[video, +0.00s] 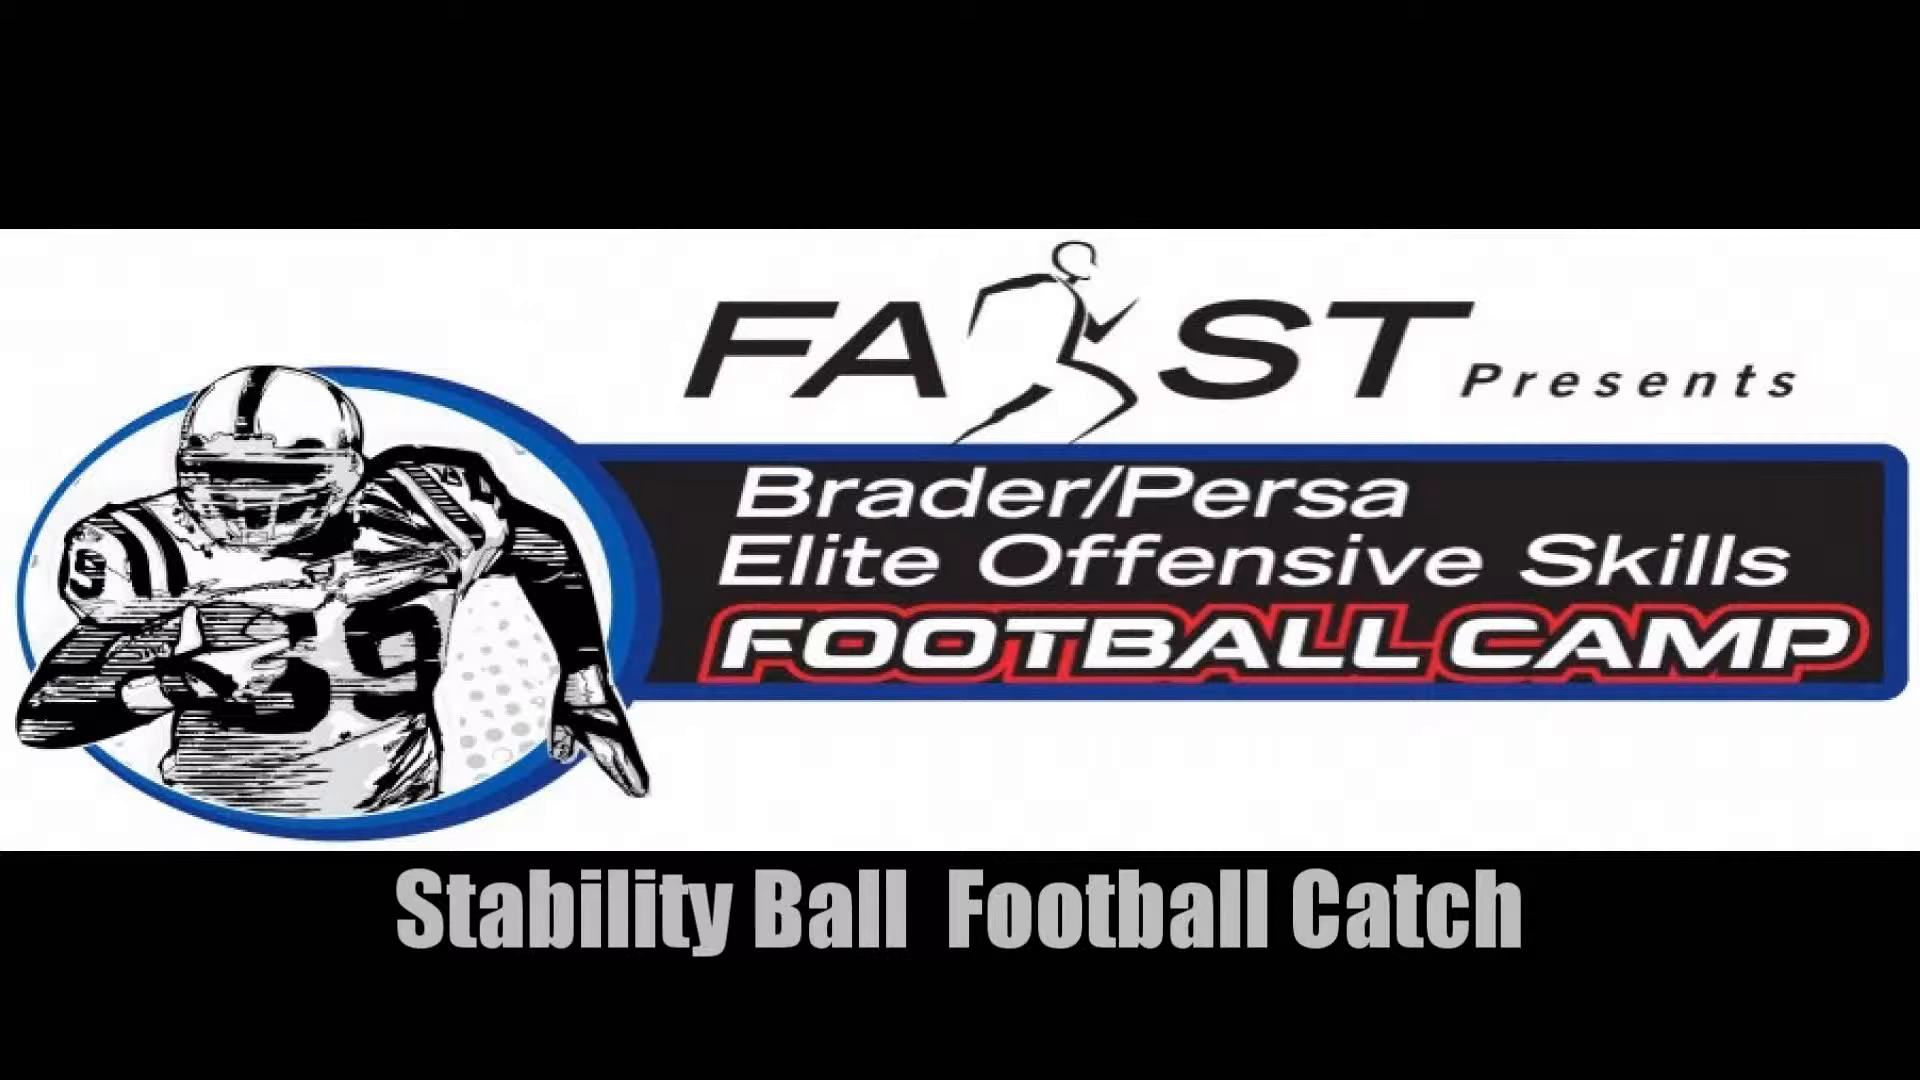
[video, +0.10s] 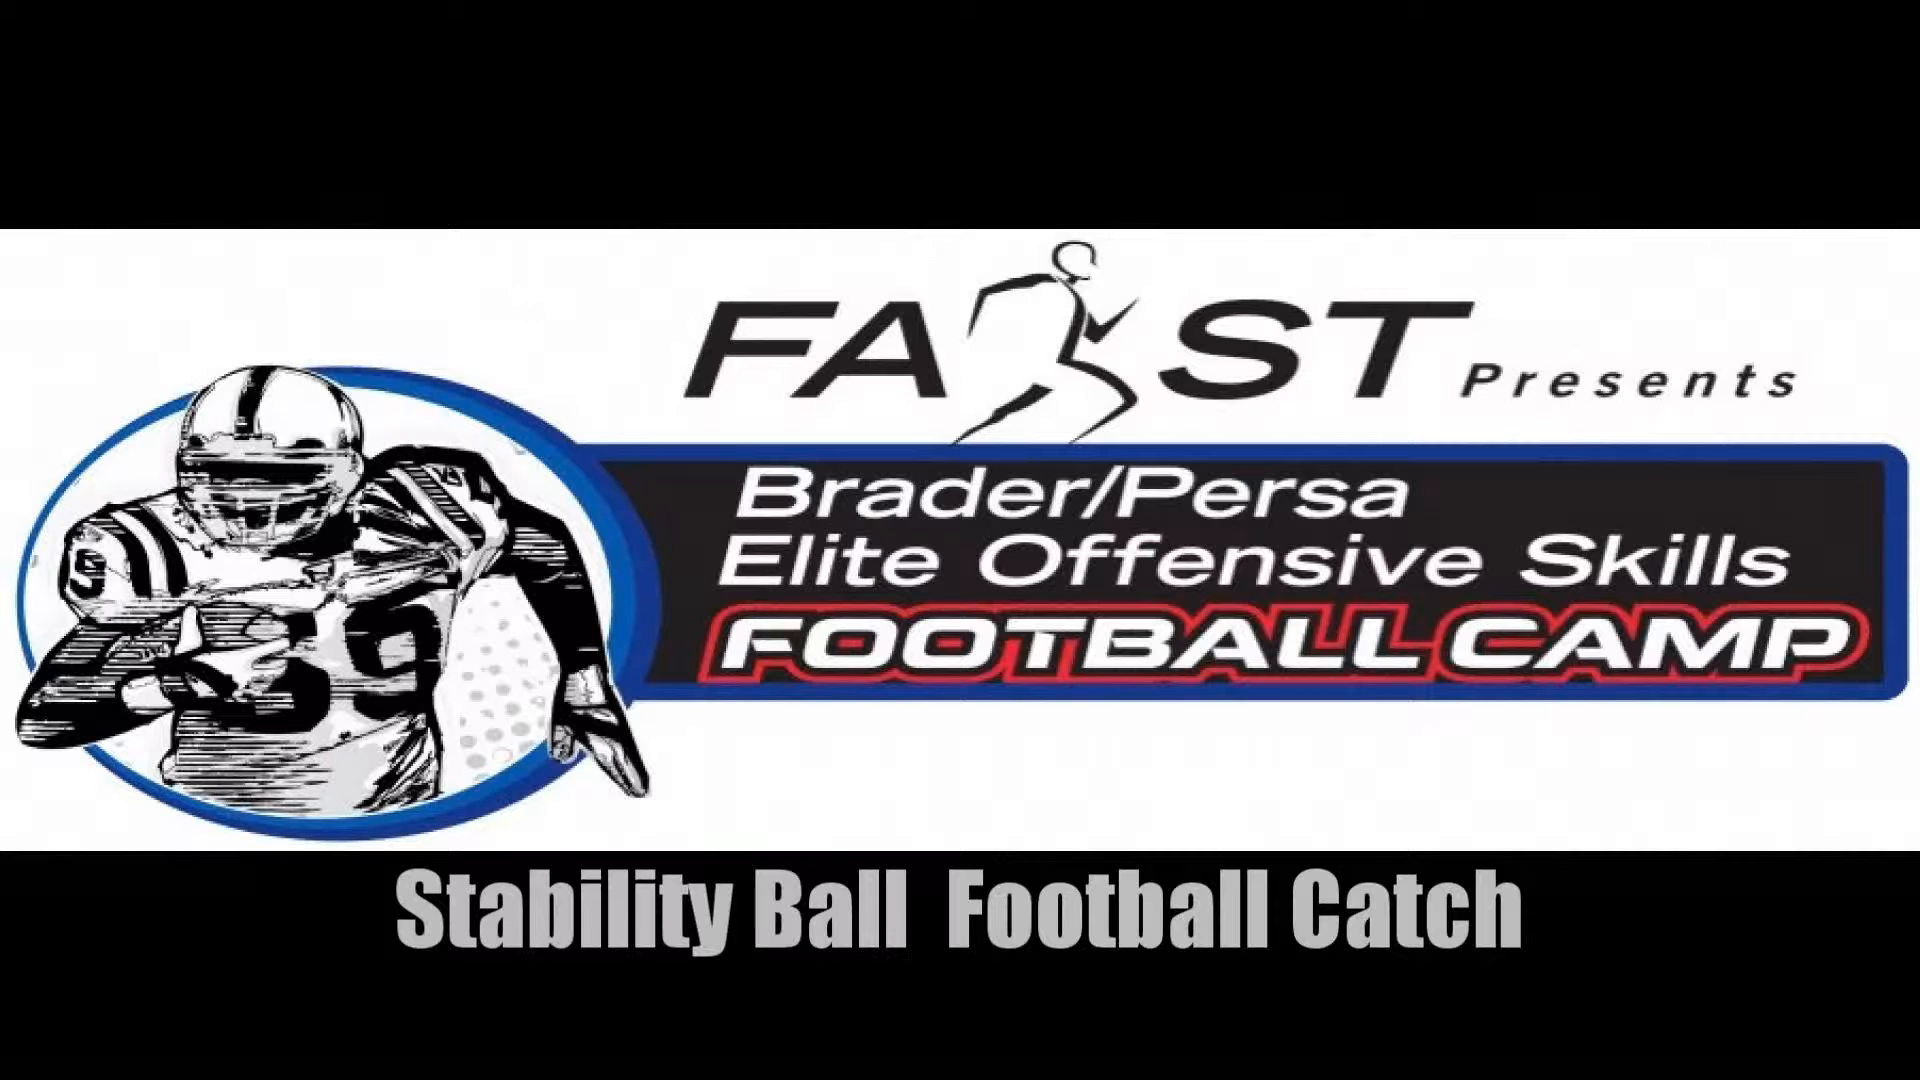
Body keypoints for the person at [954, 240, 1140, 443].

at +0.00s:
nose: (1090, 268)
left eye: (1090, 262)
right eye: (1084, 261)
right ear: (1070, 264)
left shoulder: (1077, 301)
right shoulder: (1044, 282)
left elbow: (1096, 335)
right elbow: (985, 292)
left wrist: (1128, 309)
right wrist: (970, 332)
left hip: (1052, 367)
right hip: (1056, 365)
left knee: (1002, 413)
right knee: (1128, 398)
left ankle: (956, 443)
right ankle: (1074, 441)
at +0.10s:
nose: (1090, 268)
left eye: (1090, 262)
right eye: (1084, 261)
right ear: (1070, 264)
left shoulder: (1077, 301)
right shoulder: (1044, 282)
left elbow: (1096, 335)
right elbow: (985, 292)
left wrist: (1128, 309)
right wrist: (970, 332)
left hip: (1052, 367)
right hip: (1056, 365)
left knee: (1002, 413)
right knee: (1128, 398)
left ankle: (956, 443)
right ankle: (1074, 441)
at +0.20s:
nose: (1090, 268)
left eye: (1090, 262)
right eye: (1084, 261)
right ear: (1070, 264)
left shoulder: (1077, 301)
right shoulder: (1044, 282)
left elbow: (1096, 335)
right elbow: (985, 292)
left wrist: (1128, 309)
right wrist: (970, 332)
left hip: (1052, 367)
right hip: (1056, 365)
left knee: (1002, 413)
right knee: (1128, 398)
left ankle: (956, 443)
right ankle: (1074, 441)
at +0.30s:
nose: (1090, 268)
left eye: (1090, 262)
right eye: (1084, 261)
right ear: (1070, 264)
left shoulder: (1077, 301)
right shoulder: (1044, 282)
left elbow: (1096, 335)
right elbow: (985, 292)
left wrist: (1128, 309)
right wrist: (970, 332)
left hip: (1052, 367)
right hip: (1056, 365)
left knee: (1002, 413)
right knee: (1128, 398)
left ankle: (956, 443)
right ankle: (1074, 441)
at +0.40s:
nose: (1090, 268)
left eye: (1090, 262)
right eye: (1084, 261)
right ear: (1071, 264)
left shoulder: (1077, 301)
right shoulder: (1045, 282)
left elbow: (1096, 335)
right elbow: (986, 292)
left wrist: (1128, 309)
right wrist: (970, 332)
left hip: (1051, 367)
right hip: (1057, 366)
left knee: (1002, 413)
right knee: (1128, 398)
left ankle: (956, 443)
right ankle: (1074, 441)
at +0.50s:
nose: (1090, 268)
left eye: (1090, 262)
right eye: (1084, 261)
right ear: (1070, 264)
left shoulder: (1077, 301)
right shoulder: (1044, 282)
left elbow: (1096, 335)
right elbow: (986, 292)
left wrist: (1128, 309)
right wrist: (970, 332)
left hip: (1051, 367)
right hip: (1057, 366)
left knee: (1002, 413)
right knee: (1128, 398)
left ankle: (956, 443)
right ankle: (1074, 441)